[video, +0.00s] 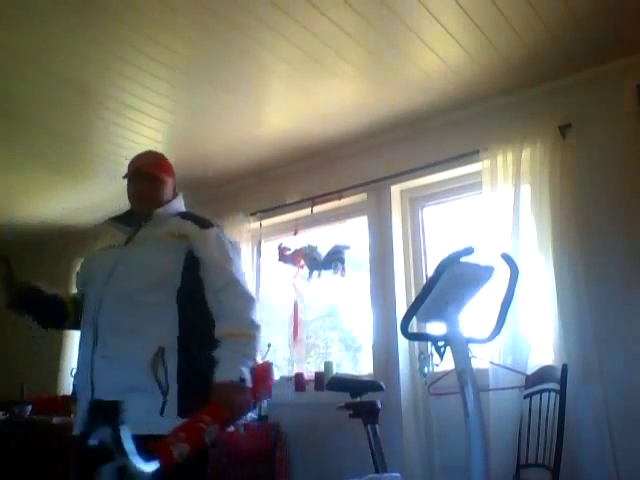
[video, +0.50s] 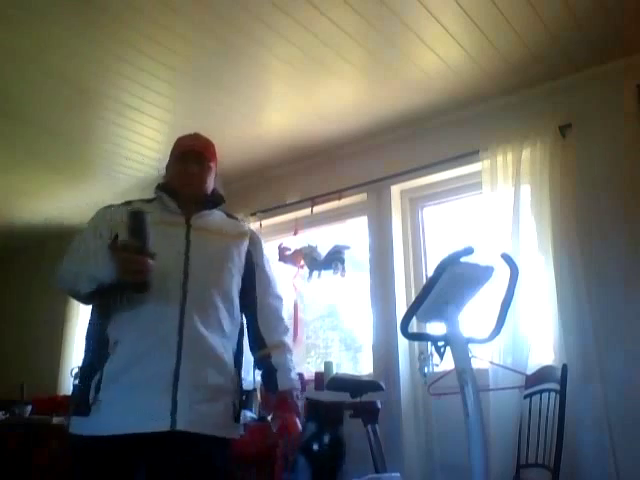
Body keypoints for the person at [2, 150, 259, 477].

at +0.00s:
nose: (140, 187)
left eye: (151, 178)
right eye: (134, 179)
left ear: (173, 186)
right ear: (126, 185)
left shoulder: (198, 235)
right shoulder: (106, 239)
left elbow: (235, 310)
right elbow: (89, 312)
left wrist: (231, 379)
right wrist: (26, 299)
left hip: (167, 411)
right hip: (97, 409)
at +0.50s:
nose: (190, 166)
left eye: (201, 160)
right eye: (182, 158)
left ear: (215, 173)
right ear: (166, 168)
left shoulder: (242, 238)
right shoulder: (117, 219)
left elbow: (268, 322)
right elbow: (70, 276)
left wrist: (285, 396)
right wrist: (109, 266)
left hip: (206, 424)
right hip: (117, 421)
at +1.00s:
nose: (155, 141)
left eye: (166, 134)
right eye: (143, 133)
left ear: (181, 149)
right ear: (125, 145)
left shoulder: (218, 223)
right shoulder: (71, 218)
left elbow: (250, 314)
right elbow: (21, 287)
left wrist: (268, 383)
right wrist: (59, 325)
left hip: (204, 435)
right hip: (107, 442)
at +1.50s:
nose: (126, 98)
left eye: (138, 93)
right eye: (112, 92)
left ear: (155, 111)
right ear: (91, 107)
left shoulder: (195, 192)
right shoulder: (31, 183)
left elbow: (233, 278)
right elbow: (1, 260)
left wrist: (278, 336)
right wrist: (17, 303)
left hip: (190, 423)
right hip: (83, 431)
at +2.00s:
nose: (233, 119)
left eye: (239, 109)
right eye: (226, 102)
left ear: (240, 117)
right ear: (195, 94)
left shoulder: (247, 199)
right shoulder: (113, 151)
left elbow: (245, 318)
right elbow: (41, 213)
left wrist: (257, 426)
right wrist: (135, 241)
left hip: (231, 442)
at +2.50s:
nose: (302, 96)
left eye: (309, 88)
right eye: (289, 84)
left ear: (314, 101)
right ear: (250, 87)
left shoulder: (339, 186)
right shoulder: (181, 152)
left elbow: (379, 288)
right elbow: (122, 223)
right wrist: (219, 238)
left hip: (308, 430)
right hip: (194, 426)